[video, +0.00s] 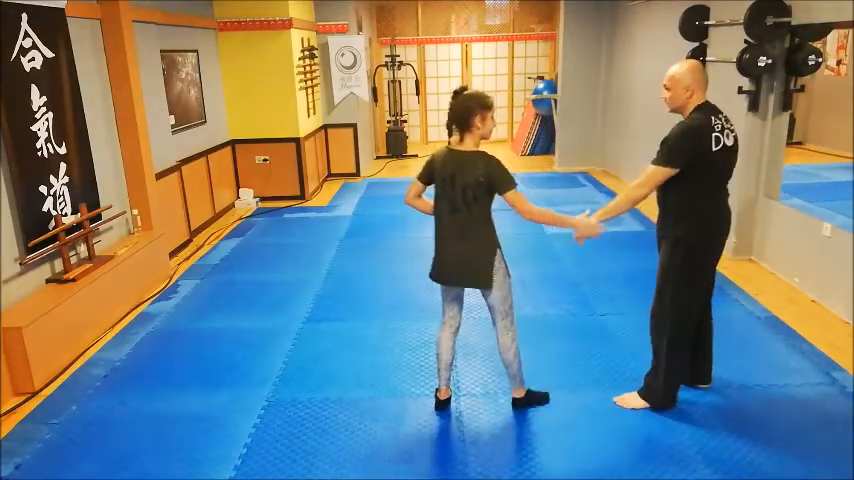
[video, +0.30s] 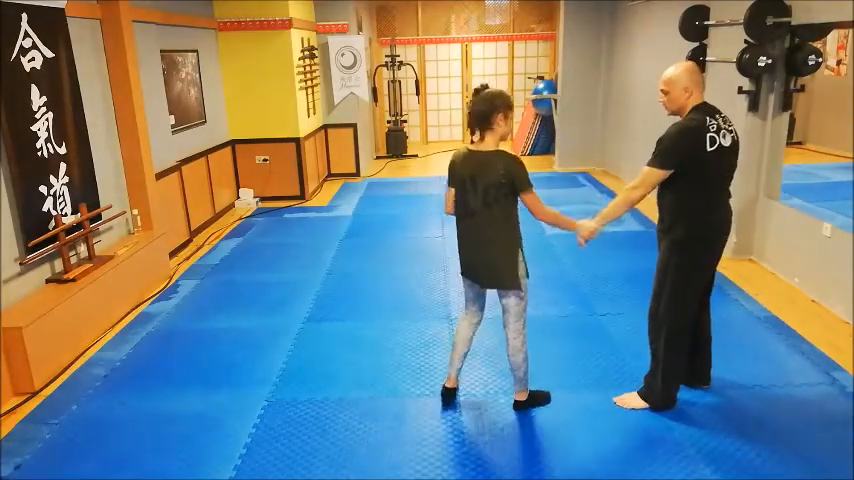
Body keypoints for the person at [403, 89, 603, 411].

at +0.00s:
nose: (494, 122)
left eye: (492, 116)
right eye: (489, 116)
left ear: (464, 121)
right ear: (475, 121)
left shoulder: (438, 159)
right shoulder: (489, 164)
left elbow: (411, 198)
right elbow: (527, 211)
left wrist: (443, 210)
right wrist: (575, 223)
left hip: (447, 255)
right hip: (485, 256)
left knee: (449, 320)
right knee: (504, 323)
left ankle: (442, 391)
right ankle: (519, 391)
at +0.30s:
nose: (512, 124)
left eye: (511, 118)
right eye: (510, 118)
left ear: (480, 120)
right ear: (498, 119)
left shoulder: (460, 159)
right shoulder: (510, 163)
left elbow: (450, 207)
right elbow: (540, 212)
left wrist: (482, 203)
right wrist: (577, 226)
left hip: (470, 254)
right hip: (505, 254)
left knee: (471, 314)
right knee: (514, 324)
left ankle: (450, 383)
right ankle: (522, 393)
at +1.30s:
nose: (526, 147)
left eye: (529, 142)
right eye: (525, 141)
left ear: (503, 134)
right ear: (506, 134)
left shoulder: (475, 155)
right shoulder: (496, 167)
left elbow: (475, 194)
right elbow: (537, 209)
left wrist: (501, 210)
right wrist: (577, 222)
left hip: (463, 244)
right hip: (484, 247)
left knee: (462, 313)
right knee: (519, 308)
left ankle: (451, 382)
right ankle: (519, 378)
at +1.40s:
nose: (531, 155)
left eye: (535, 151)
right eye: (529, 150)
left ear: (513, 137)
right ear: (513, 140)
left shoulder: (492, 154)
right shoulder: (504, 168)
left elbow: (503, 189)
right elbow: (528, 213)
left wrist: (521, 212)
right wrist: (566, 228)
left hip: (477, 243)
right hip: (490, 247)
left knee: (481, 306)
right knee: (523, 308)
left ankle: (454, 374)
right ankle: (520, 378)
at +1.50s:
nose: (531, 163)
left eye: (537, 158)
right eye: (527, 156)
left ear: (543, 153)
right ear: (514, 148)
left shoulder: (524, 170)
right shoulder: (504, 175)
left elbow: (528, 202)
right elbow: (522, 221)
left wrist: (534, 219)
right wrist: (556, 243)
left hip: (508, 239)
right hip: (490, 240)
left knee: (509, 306)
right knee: (523, 310)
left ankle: (465, 352)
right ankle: (522, 376)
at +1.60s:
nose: (528, 181)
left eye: (534, 176)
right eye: (522, 176)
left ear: (541, 168)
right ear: (512, 168)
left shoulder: (536, 177)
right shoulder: (502, 188)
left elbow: (543, 203)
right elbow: (515, 240)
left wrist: (545, 222)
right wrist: (548, 262)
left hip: (525, 236)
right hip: (496, 240)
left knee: (533, 300)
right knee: (519, 310)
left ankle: (489, 338)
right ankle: (528, 373)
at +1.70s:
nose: (521, 213)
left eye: (526, 209)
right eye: (517, 209)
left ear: (536, 196)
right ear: (508, 200)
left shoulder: (542, 185)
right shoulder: (496, 206)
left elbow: (555, 192)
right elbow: (502, 262)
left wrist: (552, 228)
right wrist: (540, 279)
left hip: (534, 244)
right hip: (504, 253)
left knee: (537, 305)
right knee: (519, 319)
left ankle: (517, 334)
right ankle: (530, 372)